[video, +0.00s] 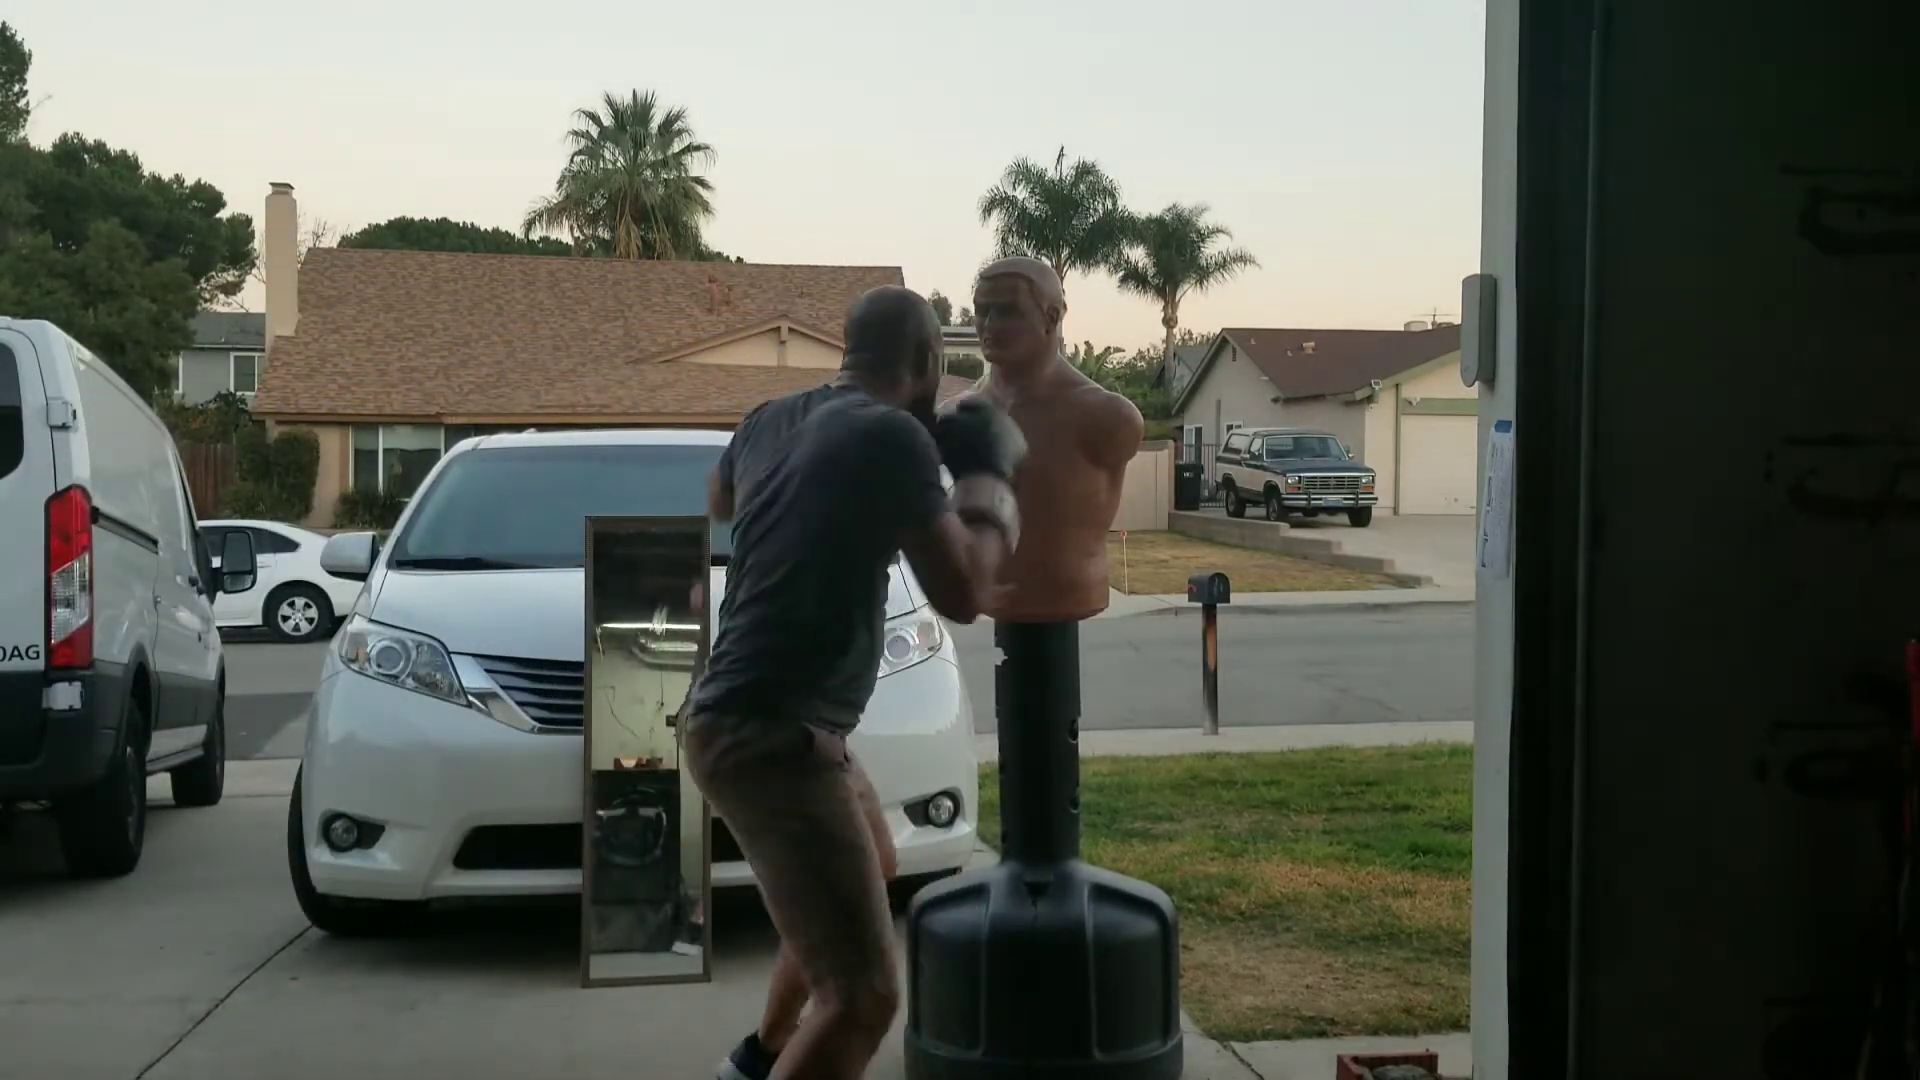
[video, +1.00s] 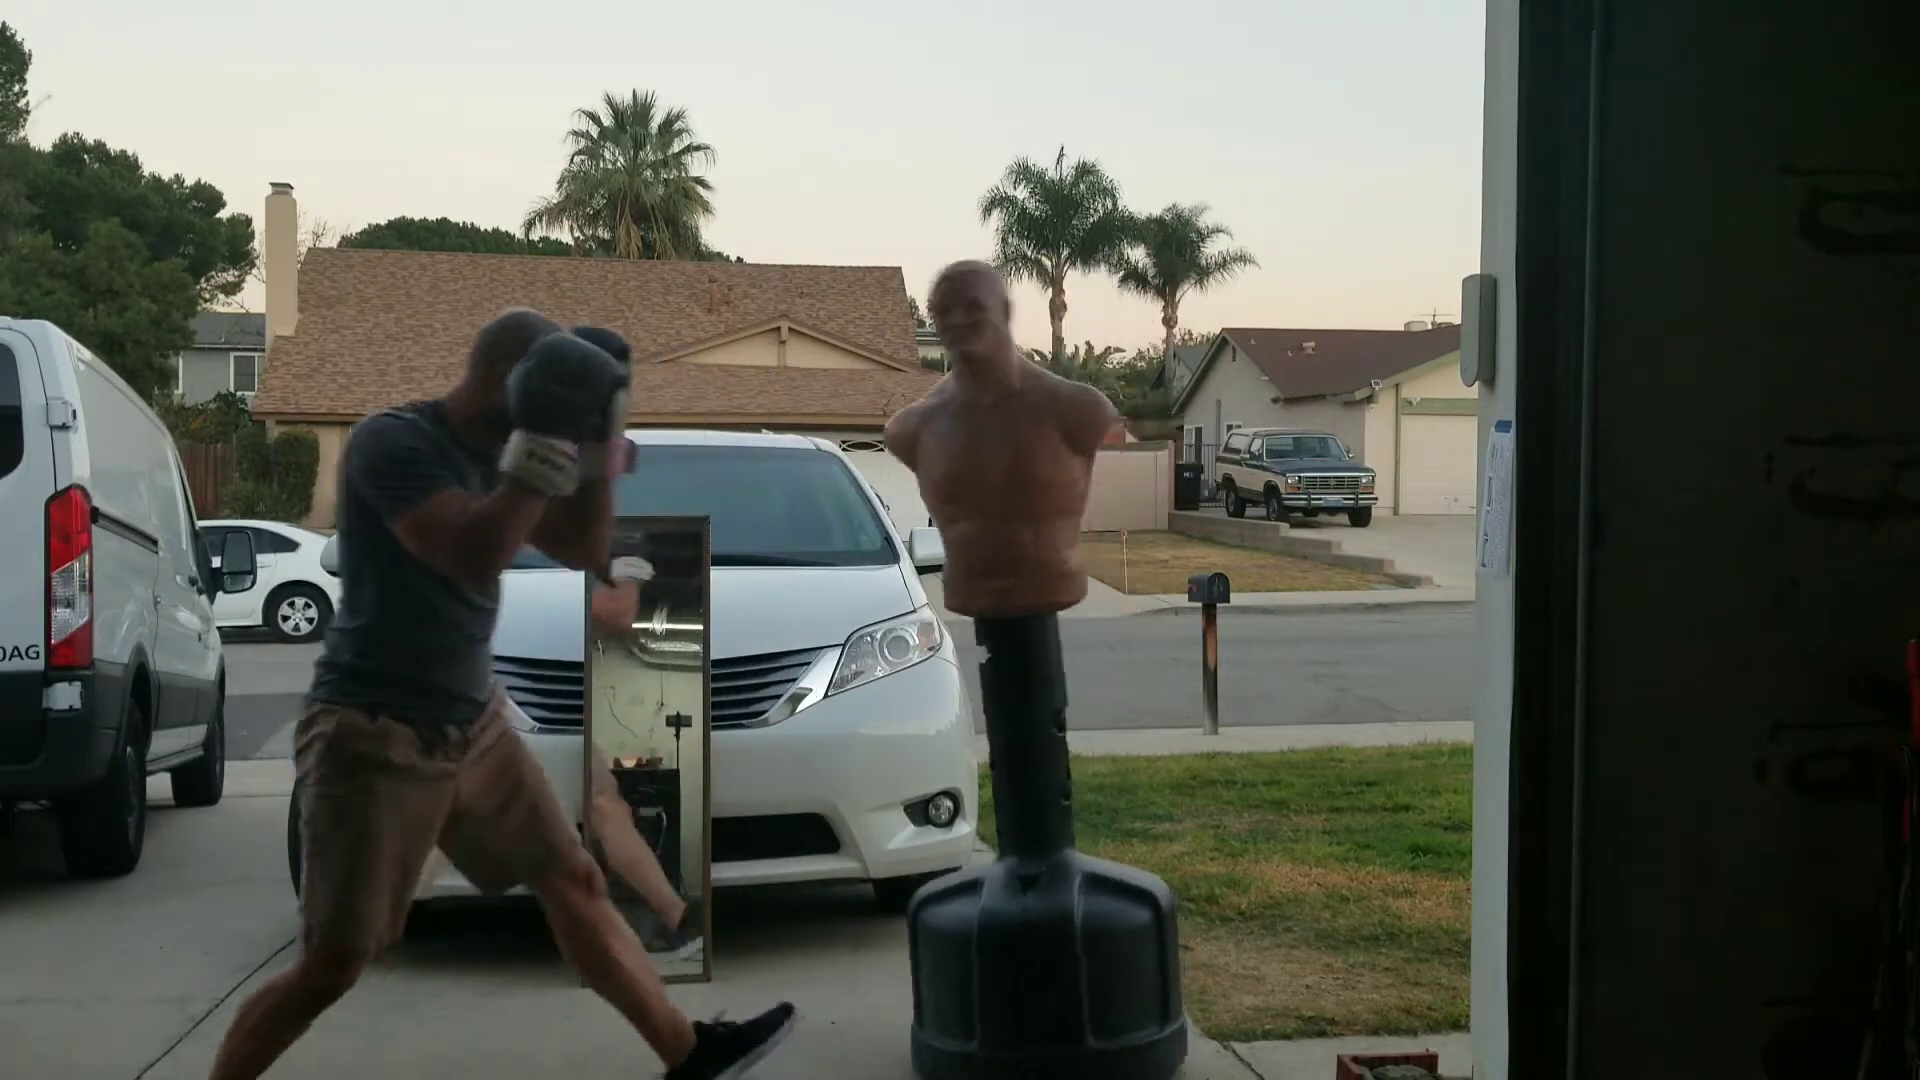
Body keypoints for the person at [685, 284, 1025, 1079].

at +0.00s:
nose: (938, 383)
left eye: (936, 369)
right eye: (937, 368)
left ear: (848, 356)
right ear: (920, 365)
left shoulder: (771, 419)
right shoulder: (892, 436)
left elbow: (722, 501)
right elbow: (963, 593)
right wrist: (990, 473)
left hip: (744, 715)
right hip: (772, 732)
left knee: (870, 853)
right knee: (863, 995)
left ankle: (768, 1053)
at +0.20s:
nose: (897, 423)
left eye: (898, 411)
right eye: (896, 411)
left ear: (812, 403)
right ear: (878, 412)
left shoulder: (752, 452)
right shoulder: (838, 478)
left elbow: (883, 426)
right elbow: (914, 603)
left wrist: (945, 395)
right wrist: (952, 532)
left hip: (688, 734)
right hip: (762, 743)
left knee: (776, 896)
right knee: (817, 996)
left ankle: (770, 1055)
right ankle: (741, 1068)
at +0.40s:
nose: (868, 443)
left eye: (869, 433)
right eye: (866, 432)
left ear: (781, 426)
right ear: (848, 427)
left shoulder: (688, 490)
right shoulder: (863, 483)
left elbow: (638, 633)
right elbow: (985, 574)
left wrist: (717, 588)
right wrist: (996, 526)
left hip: (655, 737)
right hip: (735, 743)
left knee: (791, 842)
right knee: (721, 1000)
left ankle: (744, 1053)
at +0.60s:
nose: (845, 449)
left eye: (851, 435)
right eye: (835, 432)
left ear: (831, 437)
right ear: (794, 423)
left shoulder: (809, 497)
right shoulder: (722, 483)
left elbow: (913, 496)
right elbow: (825, 583)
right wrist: (873, 479)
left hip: (690, 726)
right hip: (614, 705)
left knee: (809, 857)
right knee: (611, 929)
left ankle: (752, 1058)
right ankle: (520, 1074)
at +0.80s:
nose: (734, 460)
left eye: (739, 441)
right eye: (725, 434)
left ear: (711, 428)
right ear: (682, 411)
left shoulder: (696, 486)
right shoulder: (581, 466)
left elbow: (797, 516)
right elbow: (669, 554)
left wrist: (892, 480)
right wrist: (725, 458)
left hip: (612, 734)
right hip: (515, 725)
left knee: (738, 850)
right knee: (464, 945)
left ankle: (742, 1060)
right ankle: (275, 1076)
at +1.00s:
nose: (535, 410)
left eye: (543, 397)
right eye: (534, 392)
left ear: (518, 391)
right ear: (501, 380)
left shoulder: (499, 456)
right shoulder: (387, 442)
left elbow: (585, 547)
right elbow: (476, 555)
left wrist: (600, 419)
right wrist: (542, 447)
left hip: (473, 722)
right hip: (372, 731)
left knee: (574, 881)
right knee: (332, 964)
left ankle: (681, 1047)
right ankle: (222, 1073)